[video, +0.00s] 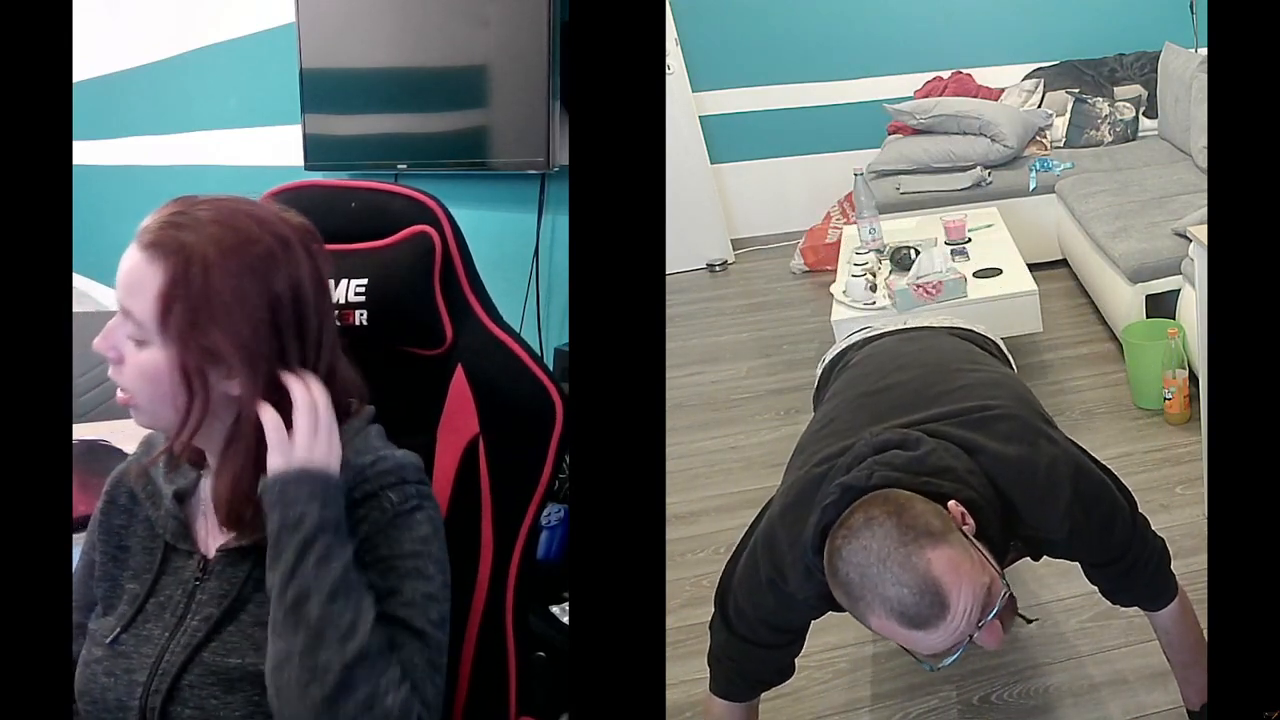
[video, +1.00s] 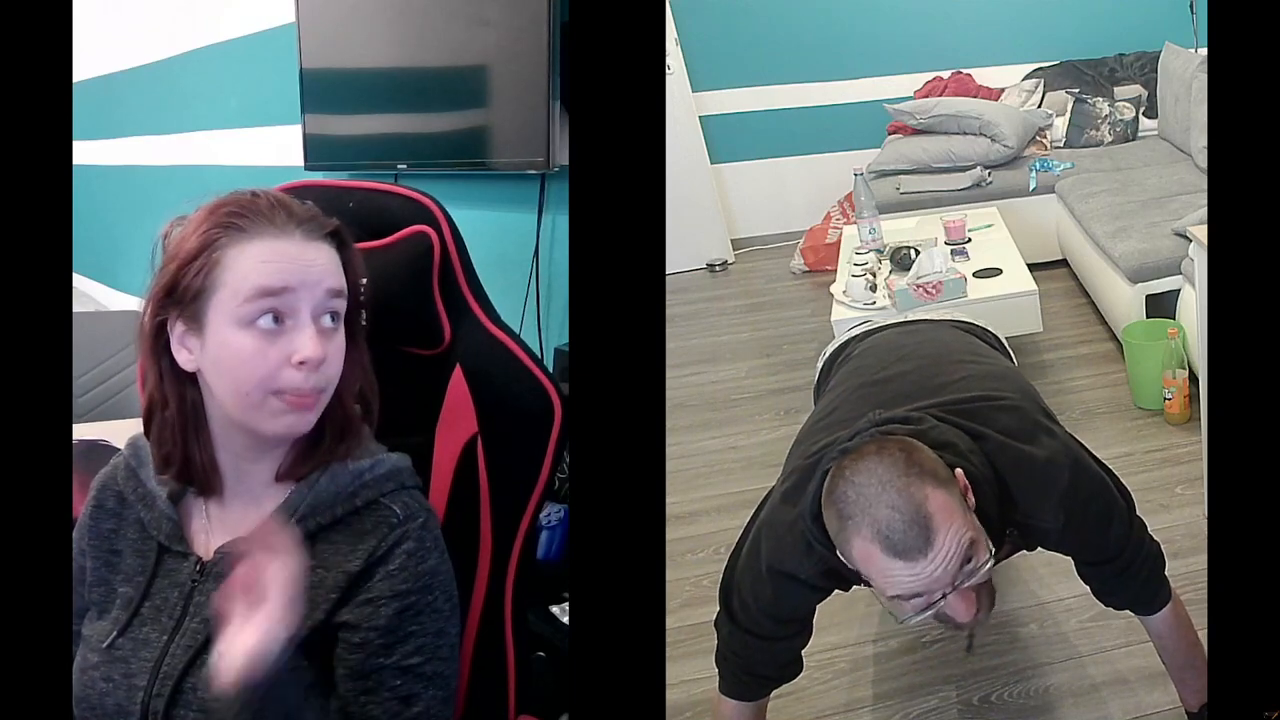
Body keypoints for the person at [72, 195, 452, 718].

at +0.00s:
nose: (101, 346)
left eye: (137, 335)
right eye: (117, 317)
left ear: (234, 372)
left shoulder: (383, 499)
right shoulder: (135, 488)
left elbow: (370, 712)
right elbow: (76, 660)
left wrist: (303, 508)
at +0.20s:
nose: (199, 335)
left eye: (246, 311)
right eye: (179, 306)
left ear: (318, 339)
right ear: (155, 329)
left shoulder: (386, 506)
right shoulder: (134, 486)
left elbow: (397, 711)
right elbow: (76, 659)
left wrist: (295, 572)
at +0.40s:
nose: (289, 327)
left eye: (312, 299)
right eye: (247, 302)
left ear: (339, 327)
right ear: (178, 340)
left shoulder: (394, 521)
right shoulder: (127, 494)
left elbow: (412, 709)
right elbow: (78, 665)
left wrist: (302, 601)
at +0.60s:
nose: (316, 346)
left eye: (332, 312)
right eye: (273, 316)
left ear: (350, 328)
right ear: (188, 343)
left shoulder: (393, 522)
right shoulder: (121, 495)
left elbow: (421, 708)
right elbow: (80, 677)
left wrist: (311, 626)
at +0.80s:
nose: (316, 352)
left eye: (332, 317)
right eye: (273, 320)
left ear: (349, 332)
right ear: (187, 343)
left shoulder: (391, 520)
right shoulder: (121, 494)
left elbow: (419, 708)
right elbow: (81, 678)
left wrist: (309, 631)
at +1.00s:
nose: (312, 352)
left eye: (330, 317)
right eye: (271, 319)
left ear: (347, 333)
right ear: (186, 340)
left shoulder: (393, 537)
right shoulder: (120, 500)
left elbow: (406, 707)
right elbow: (81, 682)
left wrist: (262, 686)